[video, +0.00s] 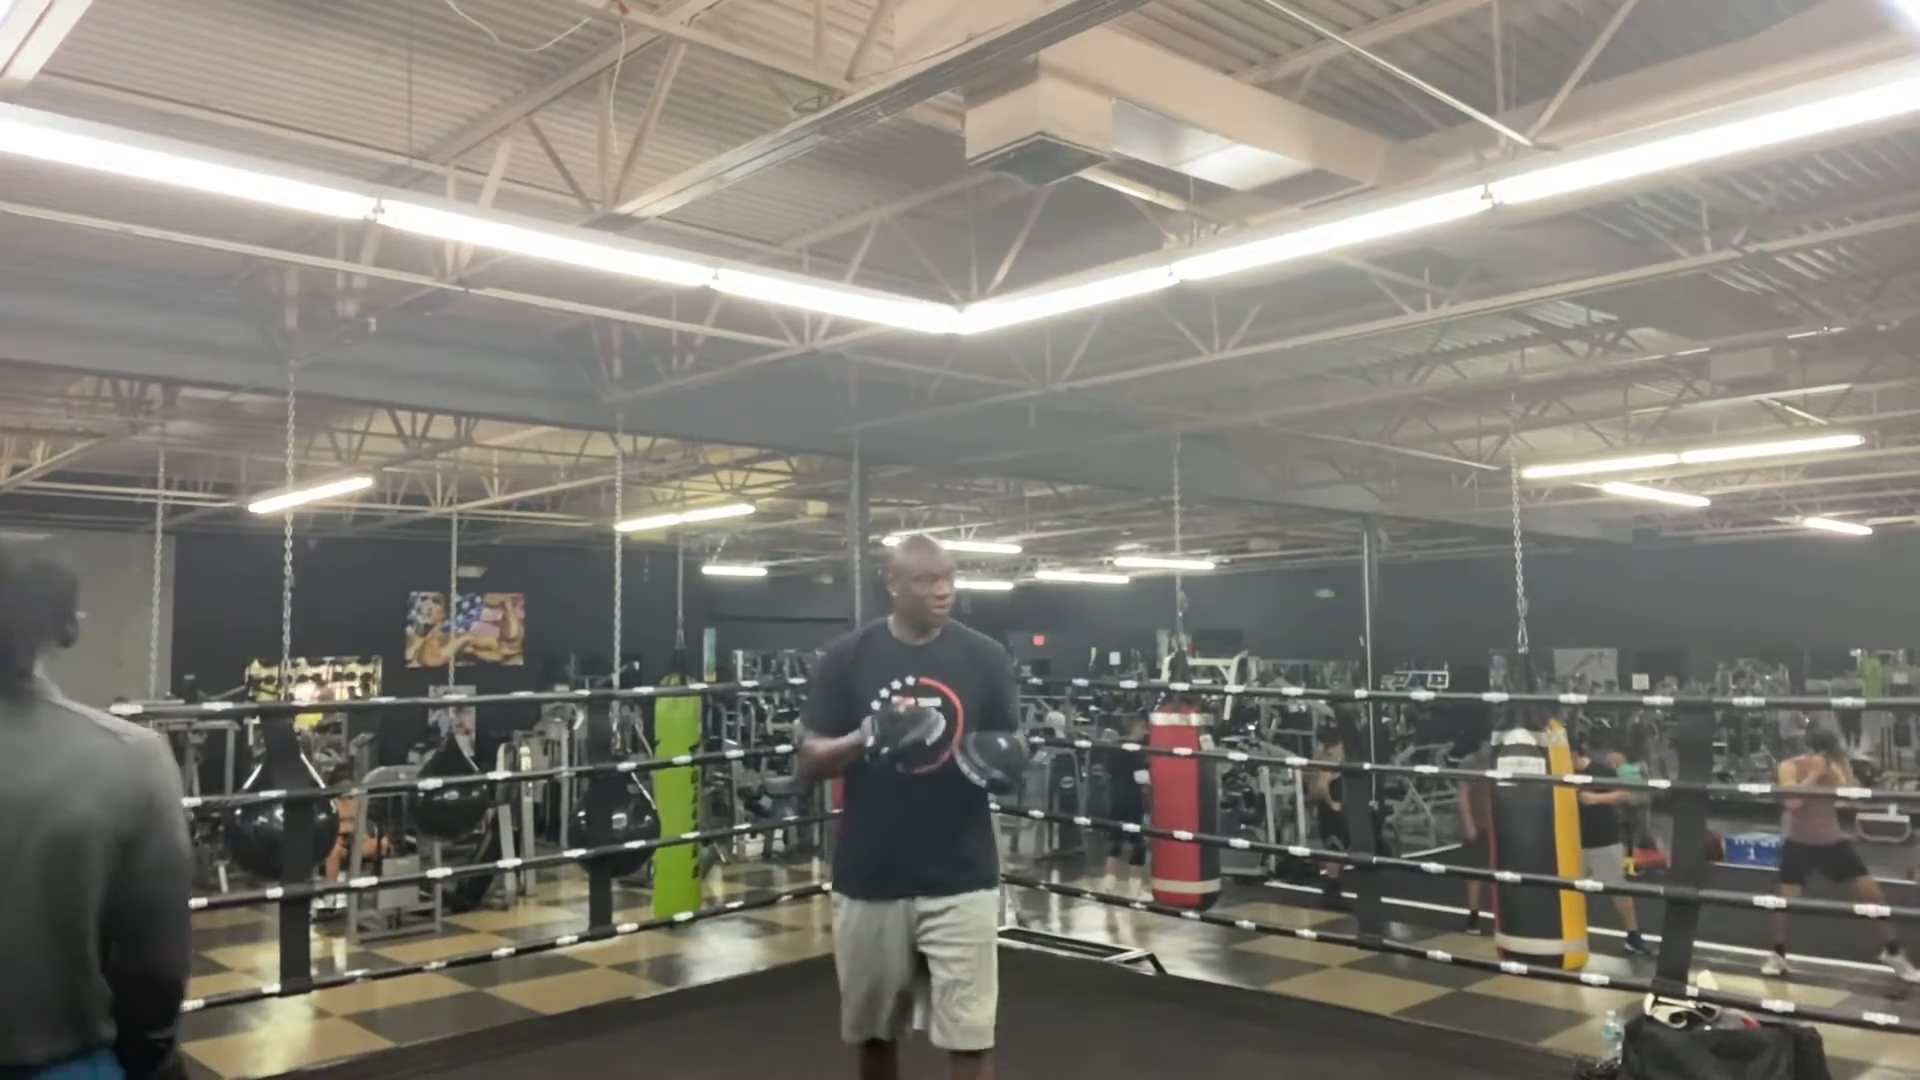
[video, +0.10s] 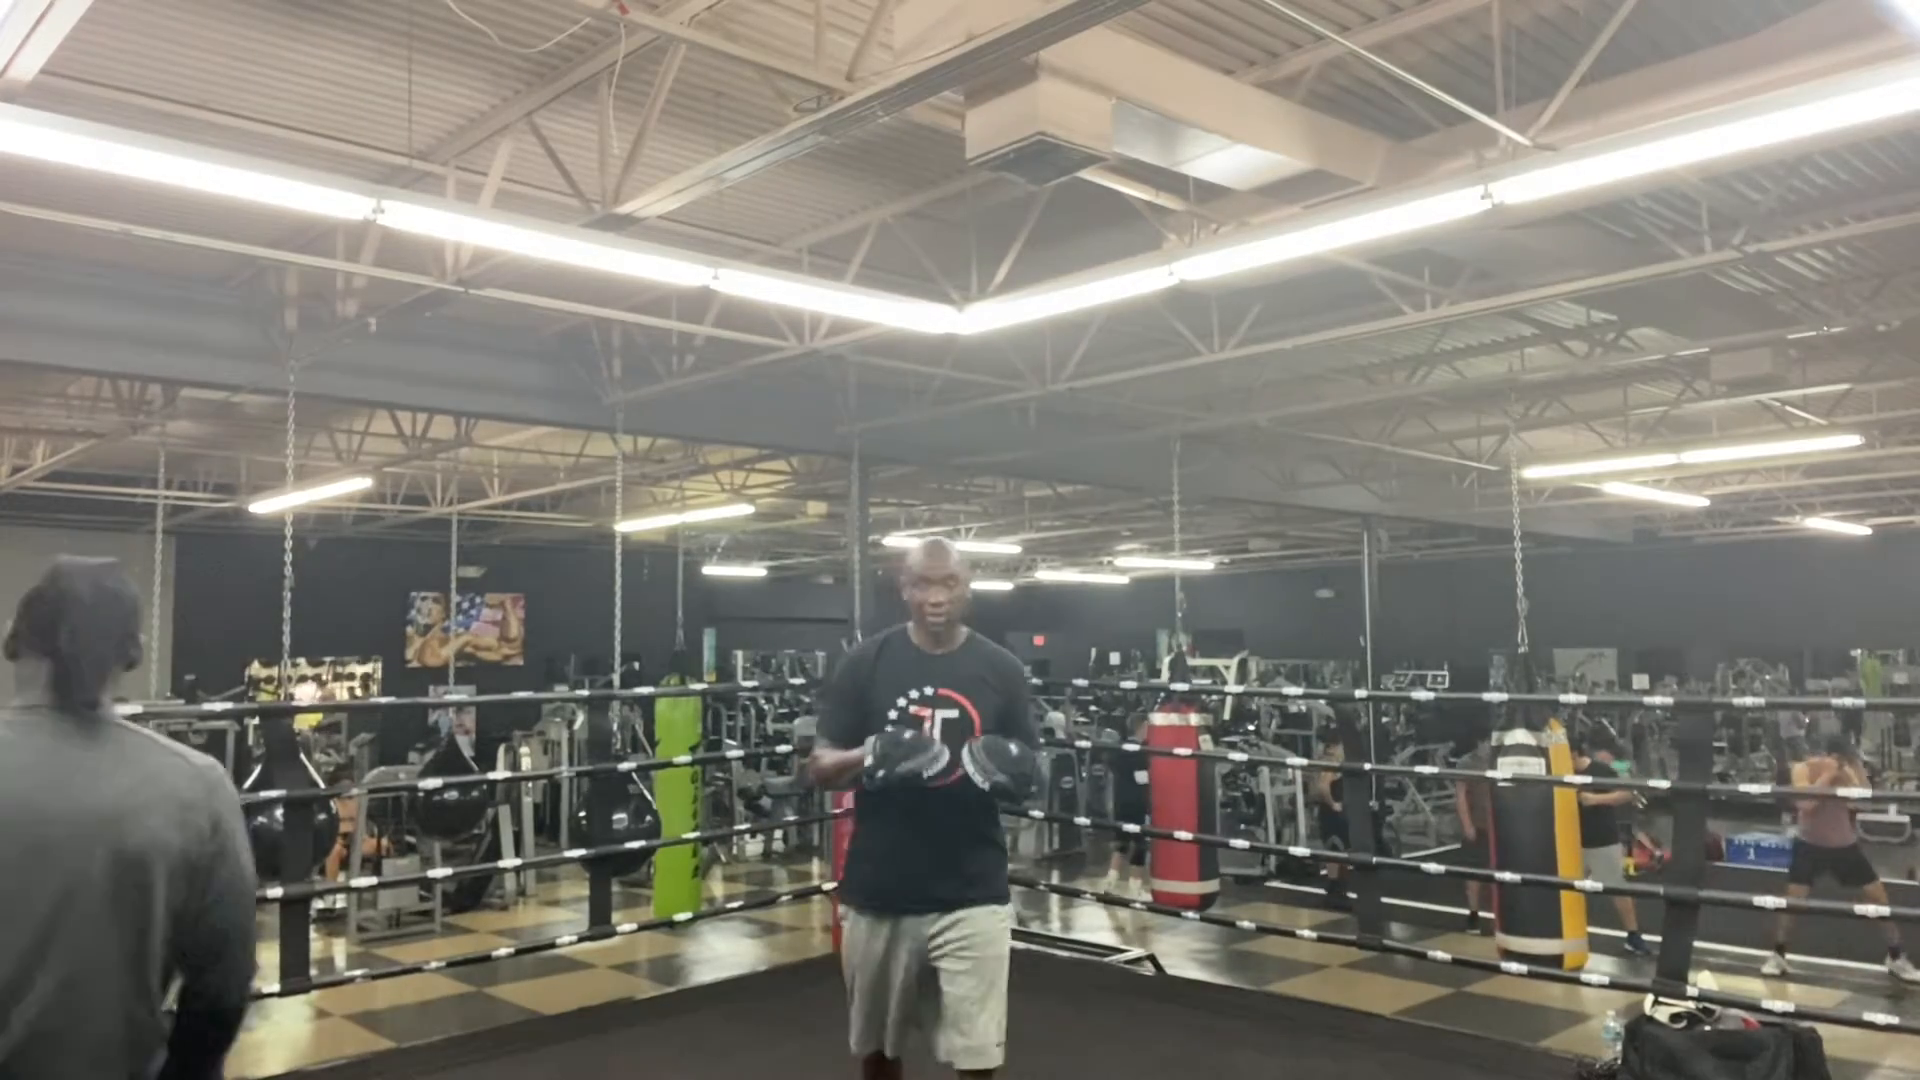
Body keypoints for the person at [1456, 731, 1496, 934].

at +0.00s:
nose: (1492, 750)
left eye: (1493, 746)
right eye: (1489, 746)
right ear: (1482, 746)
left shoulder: (1495, 766)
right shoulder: (1471, 764)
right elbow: (1464, 795)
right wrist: (1470, 825)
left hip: (1495, 827)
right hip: (1479, 828)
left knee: (1493, 872)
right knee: (1475, 871)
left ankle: (1493, 911)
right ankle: (1473, 912)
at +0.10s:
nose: (1490, 748)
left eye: (1492, 744)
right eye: (1487, 743)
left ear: (1494, 746)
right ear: (1478, 743)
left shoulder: (1496, 764)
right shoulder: (1467, 764)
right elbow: (1461, 796)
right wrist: (1468, 825)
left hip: (1496, 826)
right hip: (1477, 827)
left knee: (1495, 872)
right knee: (1474, 871)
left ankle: (1497, 912)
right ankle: (1473, 913)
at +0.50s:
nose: (1487, 747)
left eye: (1488, 742)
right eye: (1483, 743)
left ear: (1491, 744)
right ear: (1474, 744)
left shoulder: (1495, 764)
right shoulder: (1468, 765)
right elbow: (1461, 795)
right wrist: (1468, 825)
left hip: (1495, 823)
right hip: (1478, 824)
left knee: (1493, 870)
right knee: (1474, 869)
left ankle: (1494, 911)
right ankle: (1473, 912)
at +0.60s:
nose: (1487, 747)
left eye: (1489, 743)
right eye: (1483, 743)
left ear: (1492, 745)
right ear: (1475, 744)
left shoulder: (1496, 763)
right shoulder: (1468, 764)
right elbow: (1461, 793)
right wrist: (1470, 823)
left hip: (1496, 823)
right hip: (1479, 824)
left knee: (1494, 871)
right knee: (1475, 870)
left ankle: (1493, 910)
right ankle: (1473, 912)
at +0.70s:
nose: (1486, 747)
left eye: (1487, 742)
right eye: (1482, 743)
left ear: (1490, 745)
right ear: (1474, 744)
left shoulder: (1492, 764)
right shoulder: (1468, 764)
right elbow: (1462, 793)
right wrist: (1471, 822)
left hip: (1493, 823)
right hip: (1479, 824)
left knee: (1490, 870)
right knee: (1475, 869)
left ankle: (1490, 910)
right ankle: (1474, 912)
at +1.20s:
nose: (1485, 747)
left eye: (1486, 743)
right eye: (1482, 743)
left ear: (1485, 745)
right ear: (1474, 743)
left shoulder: (1486, 764)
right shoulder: (1466, 763)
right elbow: (1459, 793)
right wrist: (1466, 822)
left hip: (1487, 823)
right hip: (1476, 825)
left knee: (1487, 871)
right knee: (1476, 870)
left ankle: (1485, 911)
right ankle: (1475, 912)